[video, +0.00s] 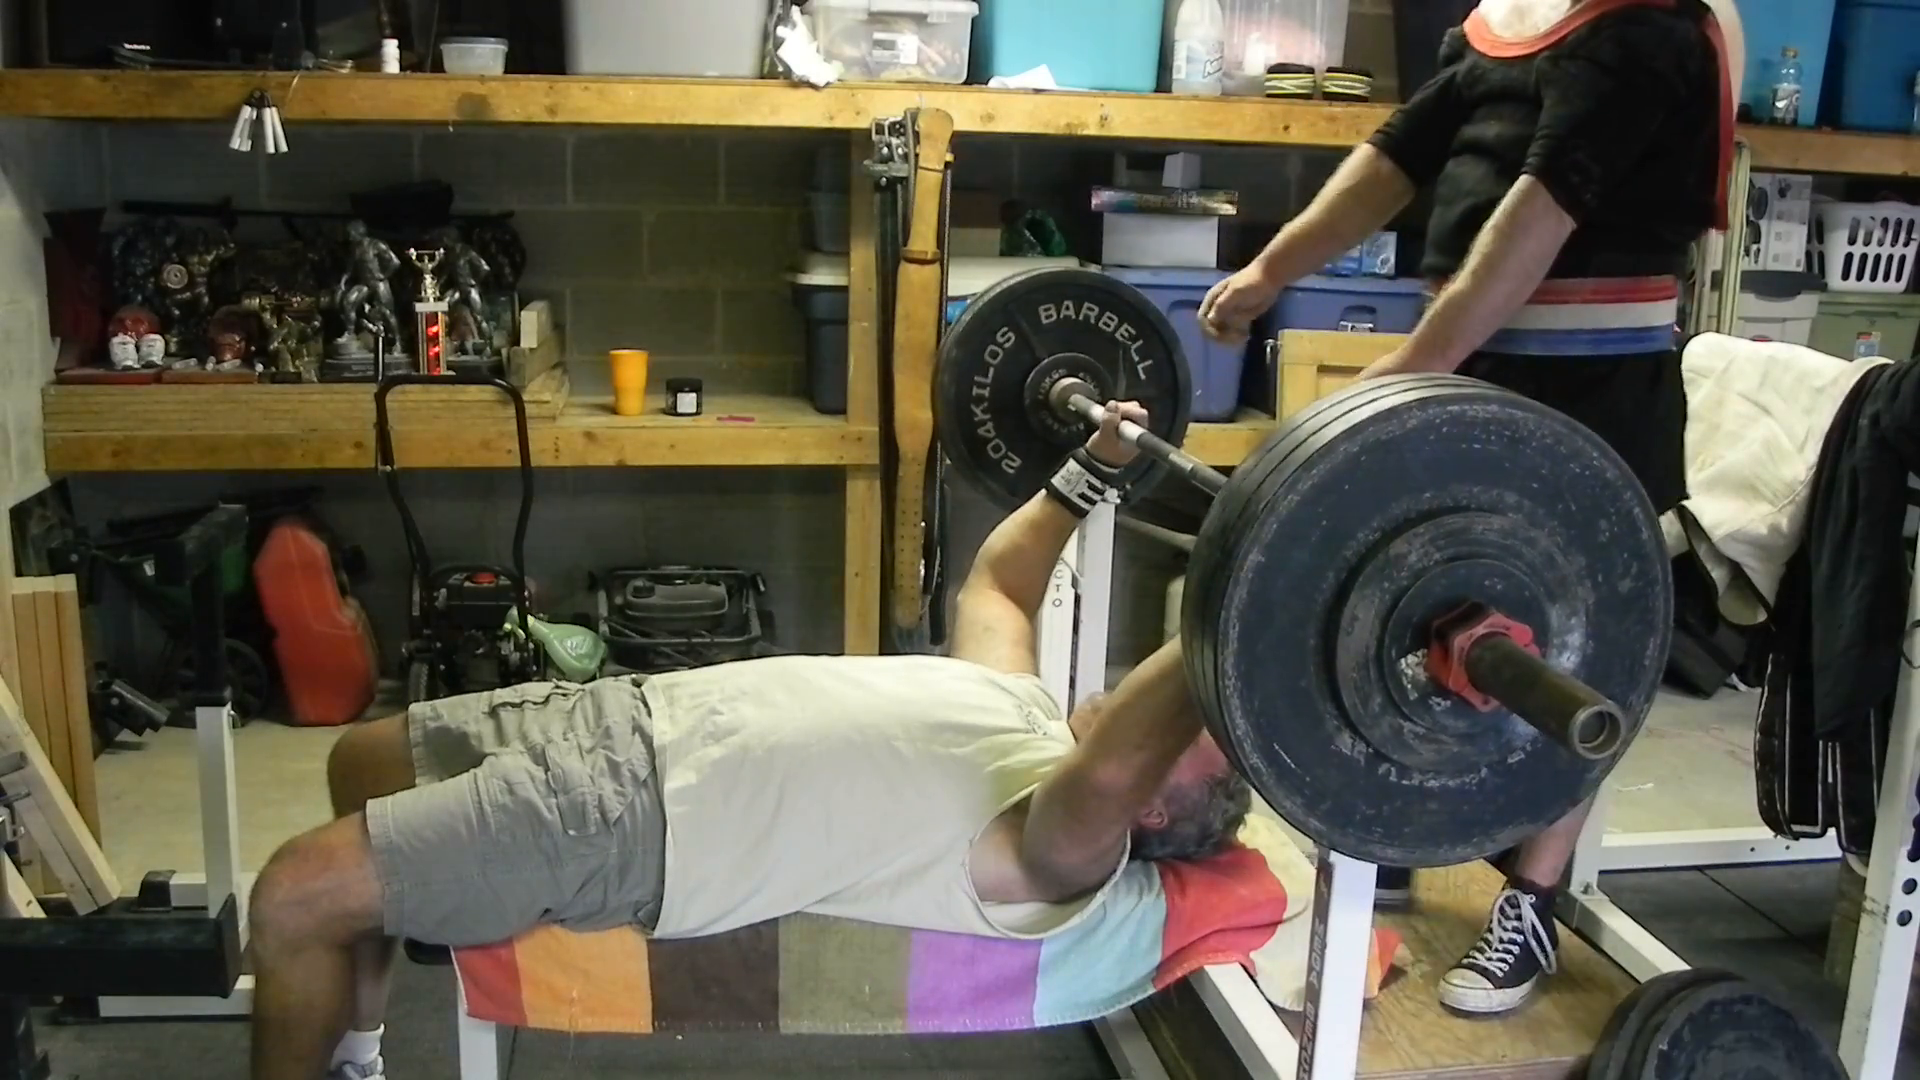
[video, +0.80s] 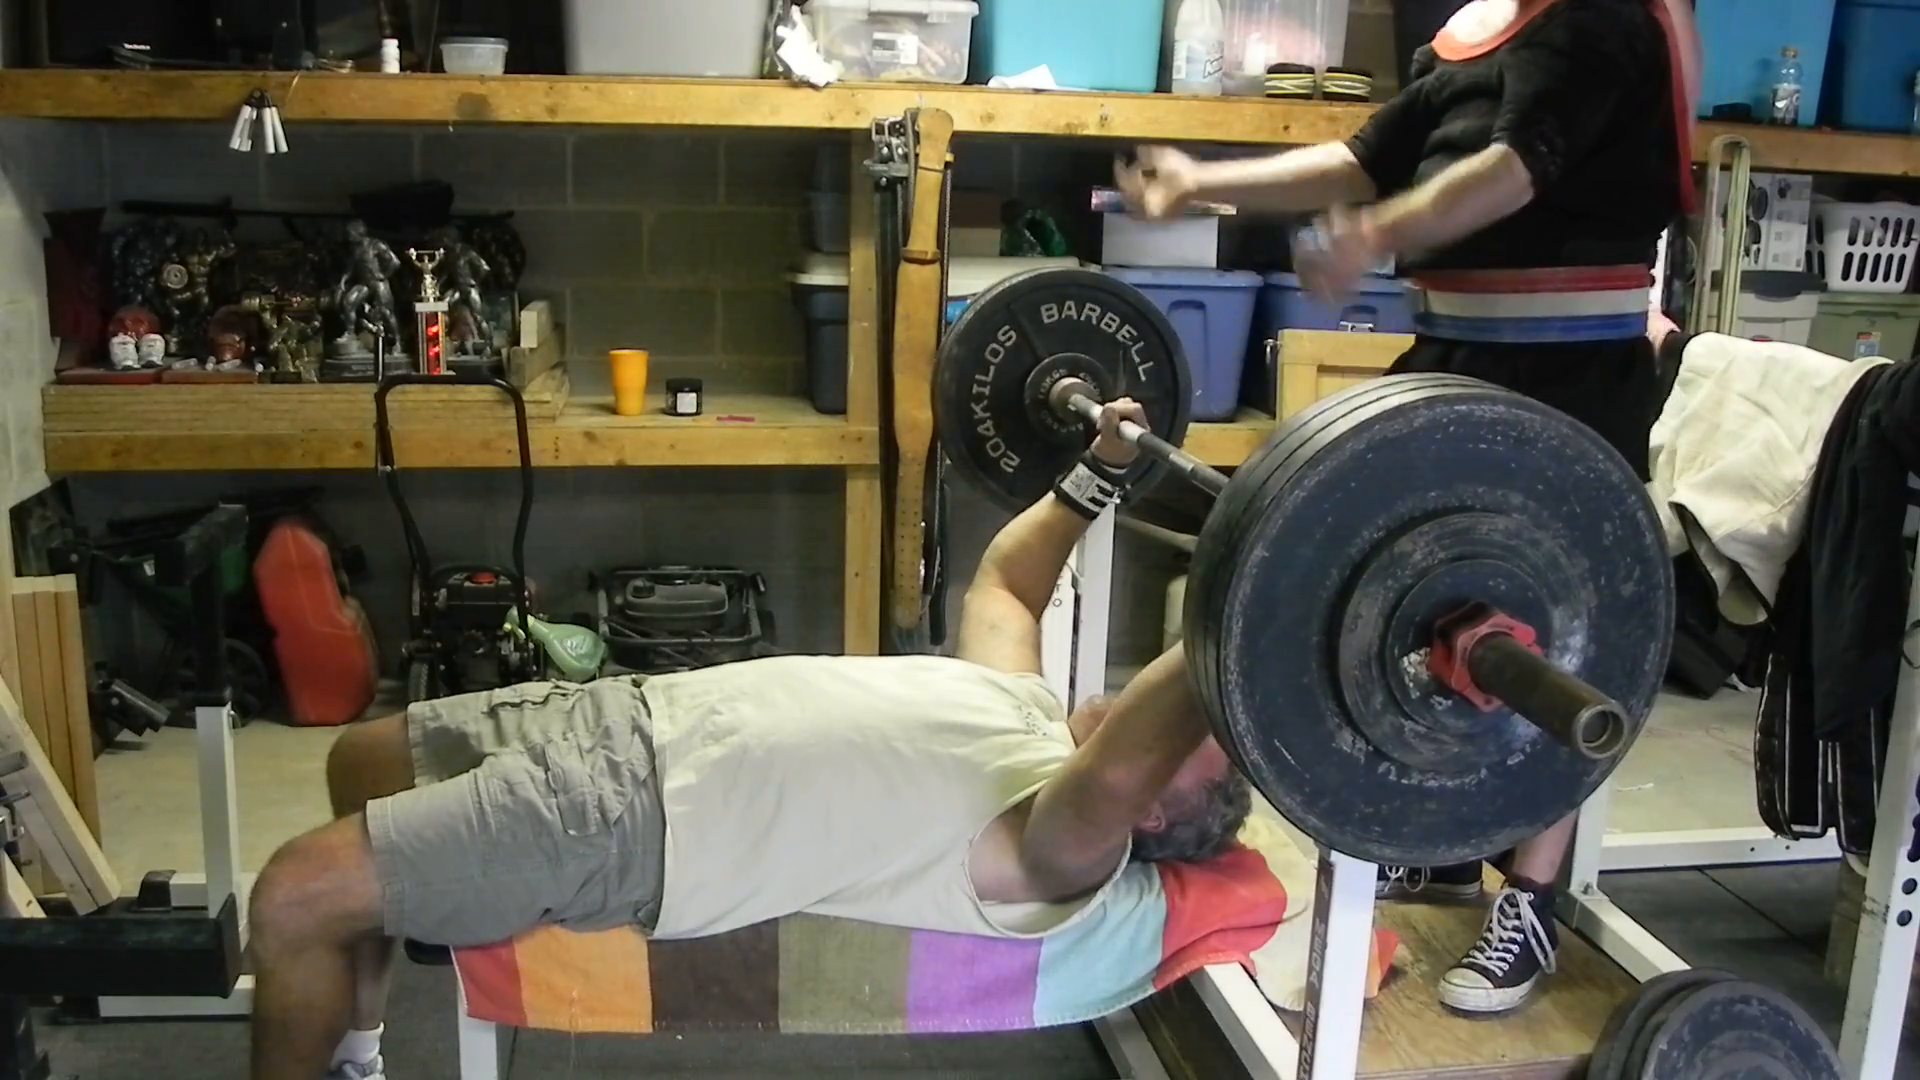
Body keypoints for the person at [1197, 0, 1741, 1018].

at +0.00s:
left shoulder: (1647, 29)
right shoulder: (1499, 27)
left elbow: (1529, 224)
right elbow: (1394, 156)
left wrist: (1394, 383)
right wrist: (1269, 270)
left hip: (1595, 387)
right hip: (1464, 372)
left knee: (1568, 638)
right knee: (1410, 607)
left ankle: (1529, 900)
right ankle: (1378, 839)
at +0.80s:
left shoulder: (1604, 20)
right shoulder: (1468, 33)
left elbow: (1522, 165)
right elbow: (1366, 161)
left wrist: (1373, 235)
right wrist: (1201, 185)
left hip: (1579, 373)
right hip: (1461, 359)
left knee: (1559, 632)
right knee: (1431, 598)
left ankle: (1532, 894)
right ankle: (1442, 833)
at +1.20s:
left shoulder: (1587, 18)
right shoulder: (1430, 28)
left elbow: (1510, 151)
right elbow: (1330, 165)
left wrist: (1371, 75)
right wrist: (1196, 79)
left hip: (1546, 368)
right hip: (1417, 357)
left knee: (1535, 629)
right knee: (1409, 605)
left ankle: (1526, 891)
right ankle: (1439, 832)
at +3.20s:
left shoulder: (1648, 19)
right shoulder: (1528, 17)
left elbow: (1528, 168)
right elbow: (1468, 142)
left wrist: (1355, 76)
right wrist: (1344, 71)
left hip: (1612, 380)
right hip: (1502, 369)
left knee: (1590, 655)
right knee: (1464, 616)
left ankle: (1540, 915)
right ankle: (1446, 845)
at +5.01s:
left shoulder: (1584, 32)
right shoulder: (1469, 34)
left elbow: (1491, 193)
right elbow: (1373, 129)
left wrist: (1305, 228)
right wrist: (1225, 98)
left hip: (1553, 385)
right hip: (1436, 370)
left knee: (1554, 650)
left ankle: (1535, 918)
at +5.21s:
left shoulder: (1511, 26)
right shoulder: (1395, 30)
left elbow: (1467, 214)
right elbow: (1306, 166)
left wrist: (1353, 377)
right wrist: (1170, 239)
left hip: (1518, 374)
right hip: (1413, 370)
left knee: (1526, 637)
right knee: (1366, 611)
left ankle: (1530, 916)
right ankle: (1332, 817)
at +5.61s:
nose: (1172, 13)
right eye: (1170, 6)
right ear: (1223, 1)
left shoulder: (1378, 33)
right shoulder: (1243, 85)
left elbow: (1393, 225)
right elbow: (1204, 234)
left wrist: (1340, 407)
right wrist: (1154, 385)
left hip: (1462, 339)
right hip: (1346, 351)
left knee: (1464, 619)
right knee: (1324, 603)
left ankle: (1468, 888)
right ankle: (1335, 856)